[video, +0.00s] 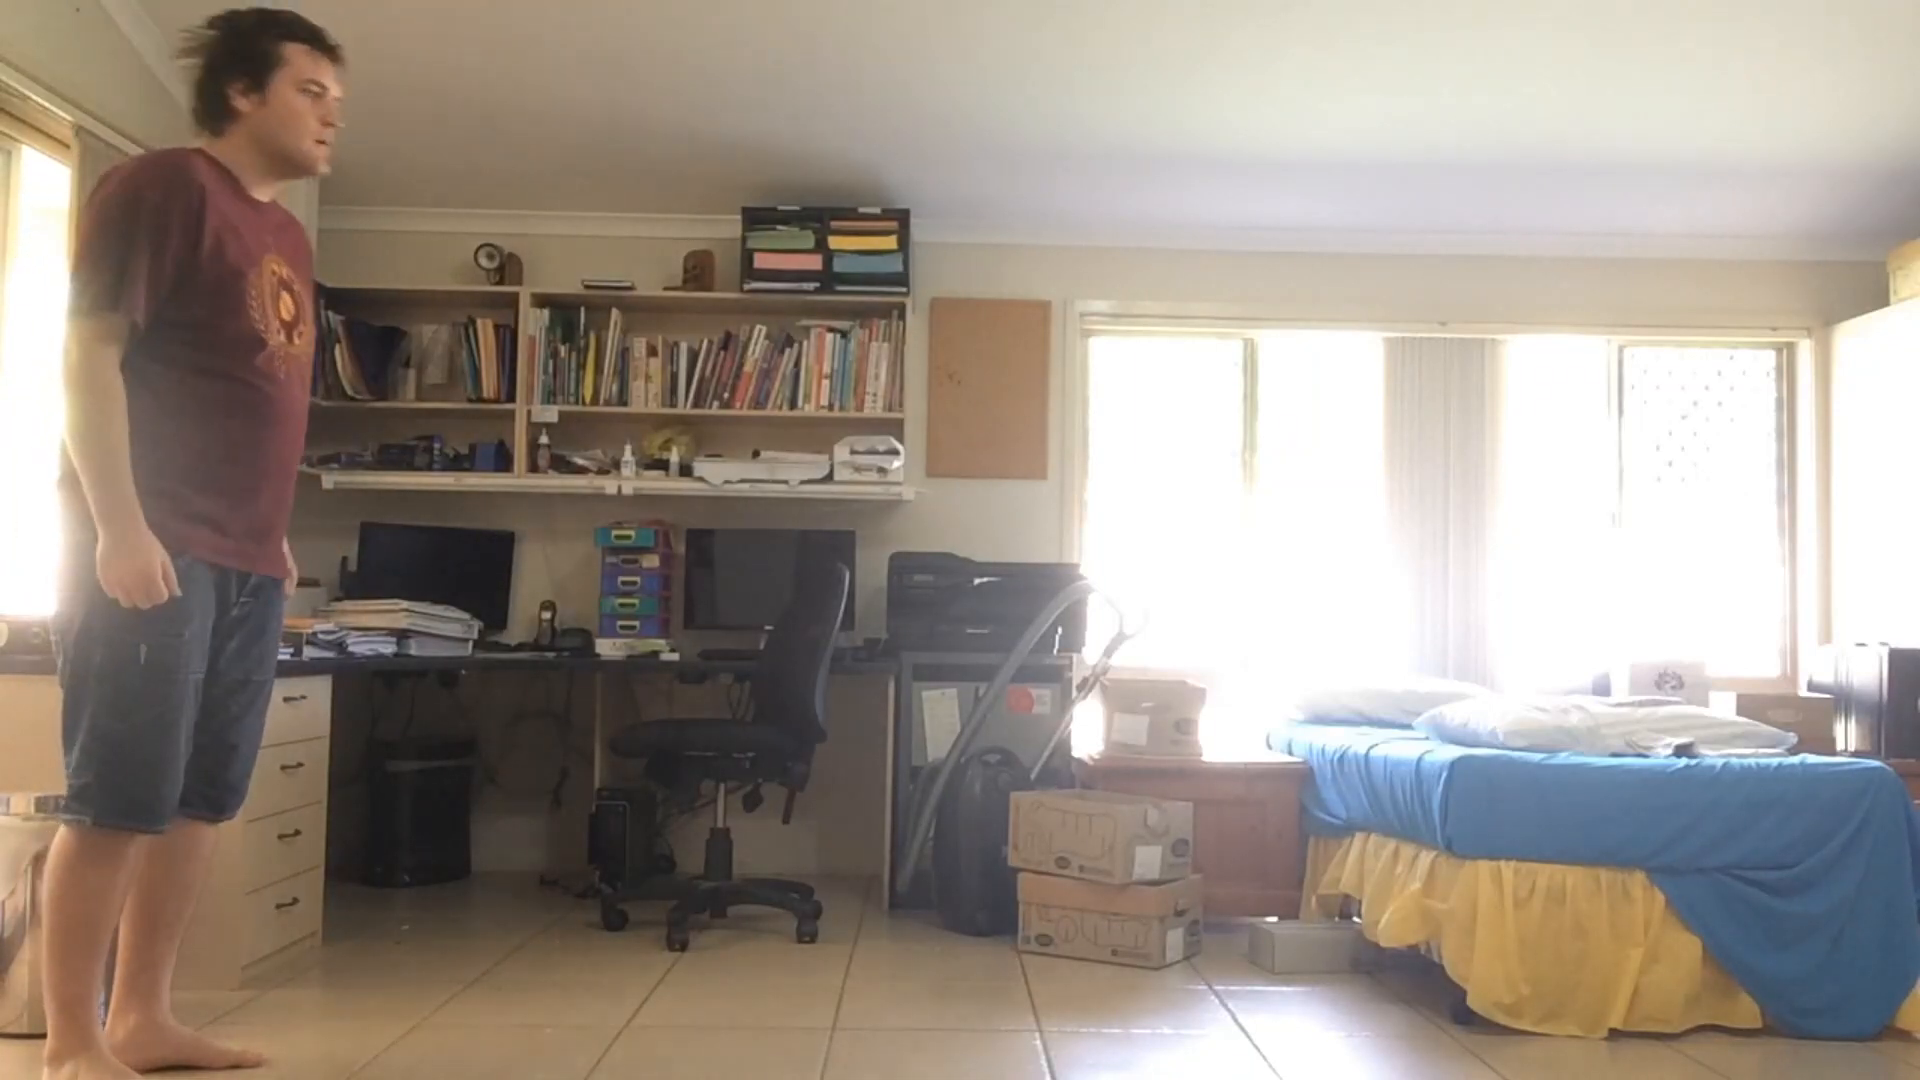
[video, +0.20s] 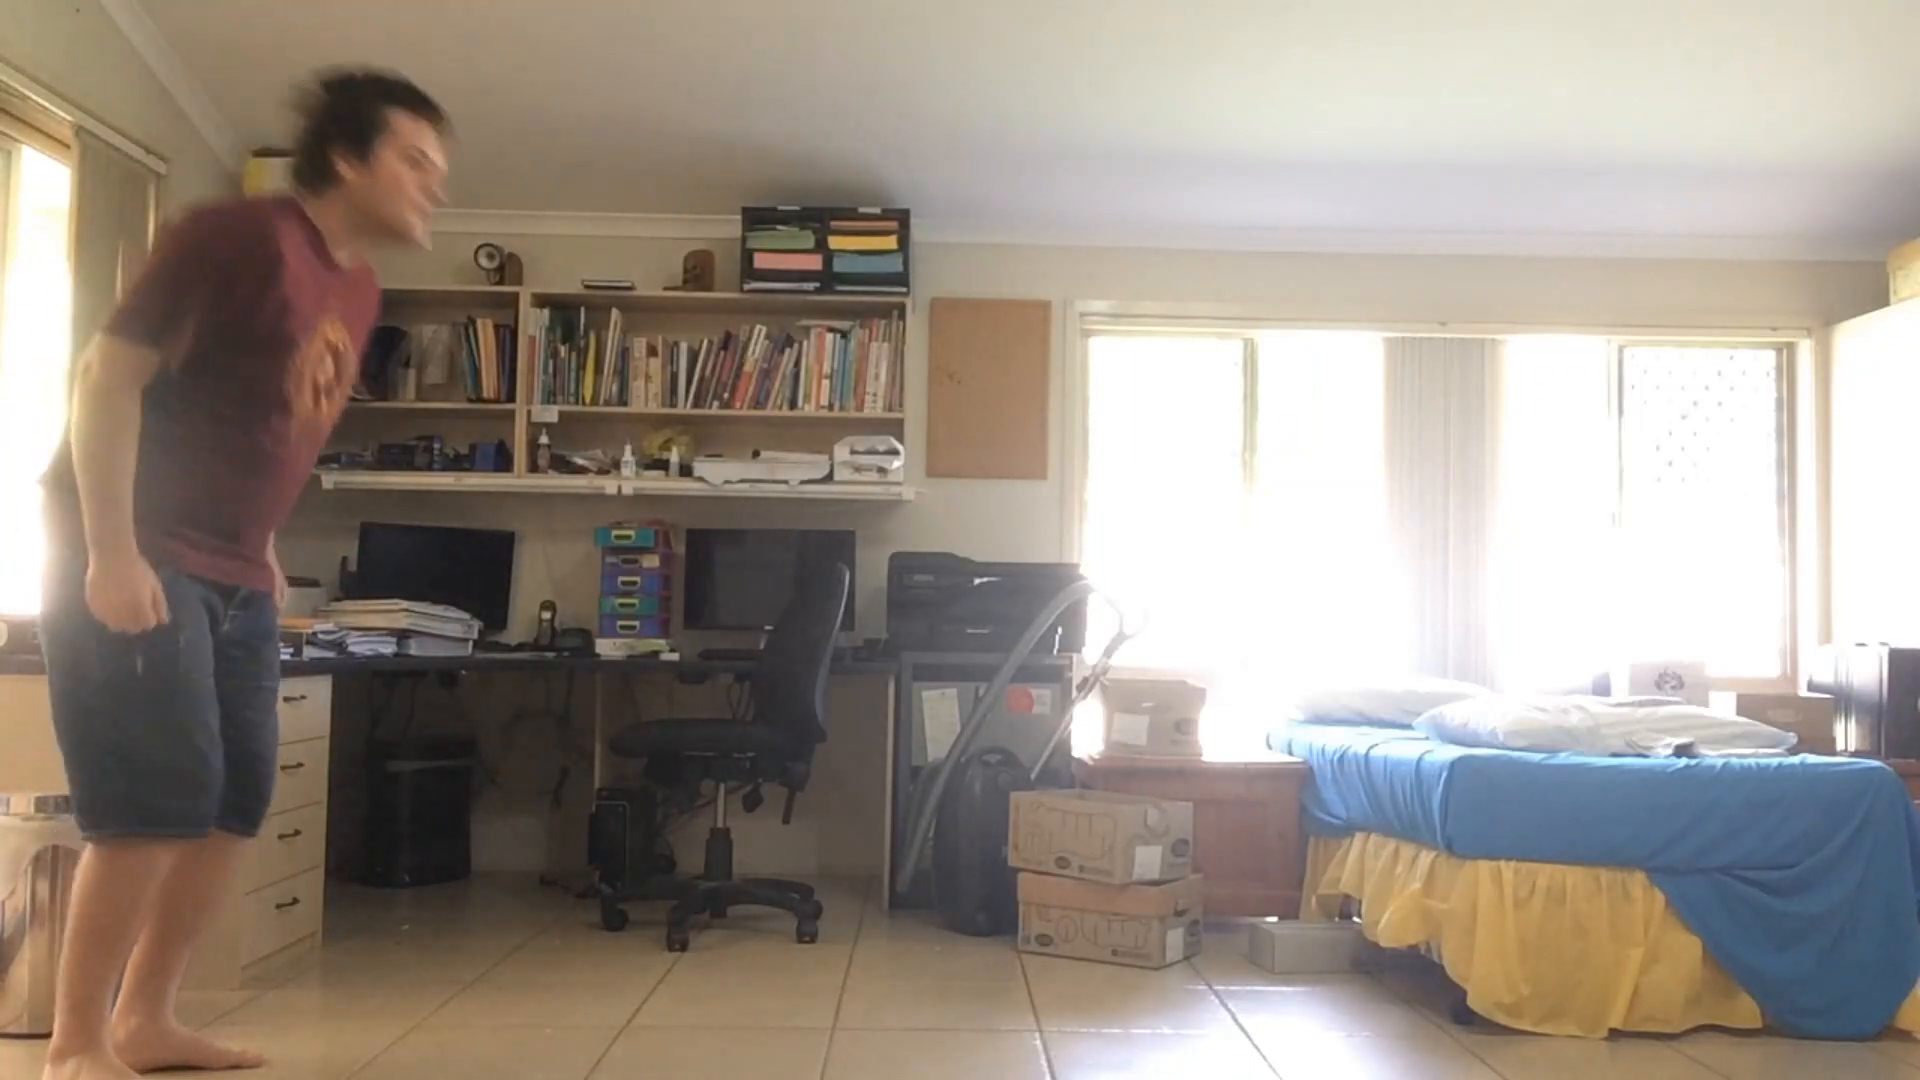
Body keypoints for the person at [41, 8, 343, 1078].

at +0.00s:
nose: (334, 114)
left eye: (338, 99)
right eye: (314, 90)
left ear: (303, 115)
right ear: (244, 93)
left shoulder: (291, 235)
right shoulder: (157, 185)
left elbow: (264, 400)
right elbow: (91, 359)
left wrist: (270, 540)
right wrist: (122, 531)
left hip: (249, 564)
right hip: (152, 551)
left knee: (194, 805)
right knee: (111, 807)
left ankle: (142, 1023)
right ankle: (69, 1047)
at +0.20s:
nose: (438, 184)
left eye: (441, 168)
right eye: (419, 159)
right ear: (347, 160)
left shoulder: (363, 293)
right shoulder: (233, 234)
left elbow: (270, 439)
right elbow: (108, 377)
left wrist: (261, 555)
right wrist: (112, 554)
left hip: (240, 575)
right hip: (139, 562)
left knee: (235, 798)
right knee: (157, 799)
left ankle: (143, 1022)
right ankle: (73, 1048)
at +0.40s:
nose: (519, 335)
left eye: (520, 315)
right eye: (501, 309)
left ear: (461, 327)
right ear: (433, 313)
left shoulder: (420, 419)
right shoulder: (320, 371)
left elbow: (312, 523)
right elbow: (138, 456)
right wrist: (97, 631)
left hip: (248, 634)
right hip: (153, 623)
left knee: (290, 826)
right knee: (240, 827)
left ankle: (147, 1029)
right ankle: (77, 1049)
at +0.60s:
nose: (538, 229)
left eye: (539, 210)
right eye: (520, 208)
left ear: (500, 223)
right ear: (454, 217)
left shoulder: (486, 342)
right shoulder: (375, 316)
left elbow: (407, 472)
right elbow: (242, 430)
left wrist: (359, 594)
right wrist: (210, 609)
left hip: (351, 633)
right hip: (268, 625)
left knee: (333, 858)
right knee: (283, 856)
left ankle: (156, 1019)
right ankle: (92, 1032)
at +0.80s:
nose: (659, 54)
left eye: (662, 34)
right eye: (646, 29)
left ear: (595, 32)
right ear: (582, 23)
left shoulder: (570, 132)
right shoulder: (490, 103)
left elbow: (507, 272)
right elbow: (405, 242)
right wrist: (444, 422)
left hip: (532, 452)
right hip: (467, 446)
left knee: (470, 694)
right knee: (460, 695)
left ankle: (280, 897)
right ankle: (295, 918)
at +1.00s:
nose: (867, 104)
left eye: (870, 83)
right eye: (855, 77)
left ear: (810, 81)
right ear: (790, 69)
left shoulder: (752, 175)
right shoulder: (710, 137)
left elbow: (653, 293)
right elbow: (588, 274)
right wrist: (611, 461)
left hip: (639, 455)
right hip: (588, 449)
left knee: (659, 710)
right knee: (678, 703)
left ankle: (671, 981)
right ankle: (660, 989)